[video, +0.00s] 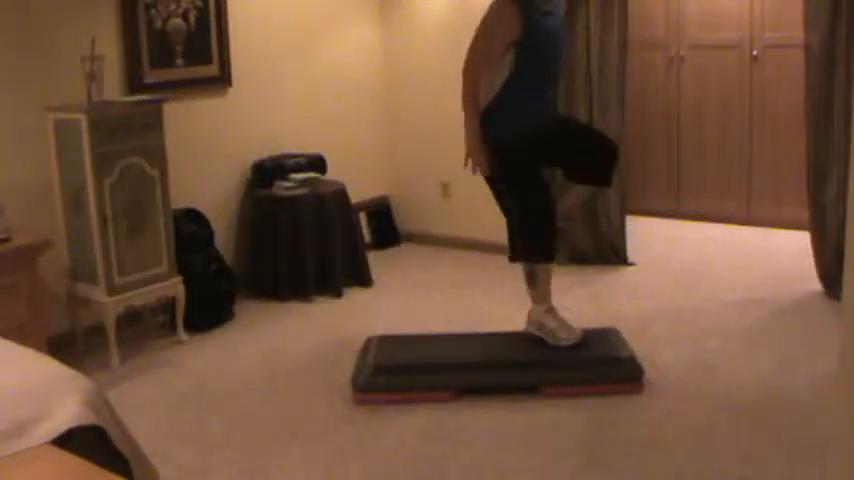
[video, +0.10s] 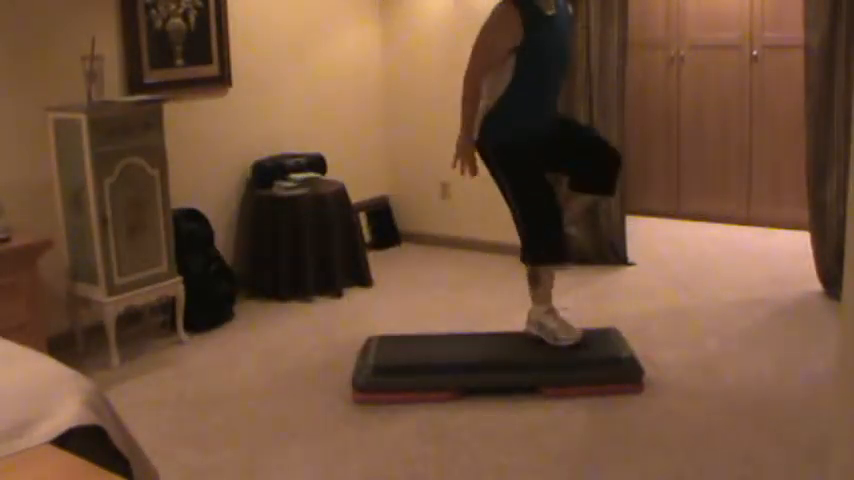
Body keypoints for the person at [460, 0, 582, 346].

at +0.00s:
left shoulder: (555, 10)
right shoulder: (509, 9)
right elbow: (472, 68)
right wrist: (474, 139)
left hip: (539, 122)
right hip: (502, 131)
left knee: (601, 154)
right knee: (536, 209)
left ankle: (557, 213)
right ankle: (541, 312)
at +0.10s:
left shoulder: (564, 11)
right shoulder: (512, 12)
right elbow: (474, 70)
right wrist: (466, 136)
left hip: (542, 124)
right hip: (503, 133)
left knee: (603, 161)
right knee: (541, 216)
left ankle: (564, 219)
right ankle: (541, 312)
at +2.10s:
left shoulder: (436, 7)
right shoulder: (362, 7)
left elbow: (472, 35)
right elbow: (326, 35)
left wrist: (509, 61)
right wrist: (289, 69)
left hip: (425, 128)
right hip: (379, 127)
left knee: (415, 223)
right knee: (367, 216)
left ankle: (414, 316)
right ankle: (386, 270)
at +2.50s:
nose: (433, 5)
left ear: (433, 5)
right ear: (402, 3)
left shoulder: (441, 40)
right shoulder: (371, 41)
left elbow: (484, 55)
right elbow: (323, 59)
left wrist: (524, 60)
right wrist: (291, 72)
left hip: (434, 149)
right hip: (387, 152)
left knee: (447, 226)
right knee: (391, 238)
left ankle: (444, 299)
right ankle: (382, 316)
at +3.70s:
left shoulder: (580, 10)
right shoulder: (523, 16)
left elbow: (572, 67)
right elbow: (476, 65)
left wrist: (565, 114)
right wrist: (478, 125)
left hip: (557, 122)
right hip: (516, 129)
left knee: (616, 147)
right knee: (552, 213)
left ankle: (570, 215)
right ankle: (553, 312)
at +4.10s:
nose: (549, 2)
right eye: (542, 2)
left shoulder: (584, 14)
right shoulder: (516, 21)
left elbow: (637, 11)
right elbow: (458, 32)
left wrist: (664, 5)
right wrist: (421, 12)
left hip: (569, 129)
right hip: (528, 131)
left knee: (573, 215)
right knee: (545, 215)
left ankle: (572, 308)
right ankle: (552, 310)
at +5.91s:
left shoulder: (461, 21)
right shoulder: (389, 13)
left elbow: (519, 30)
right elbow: (335, 13)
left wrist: (543, 17)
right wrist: (292, 8)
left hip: (445, 137)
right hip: (400, 137)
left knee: (425, 225)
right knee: (405, 225)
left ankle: (418, 315)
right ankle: (416, 311)